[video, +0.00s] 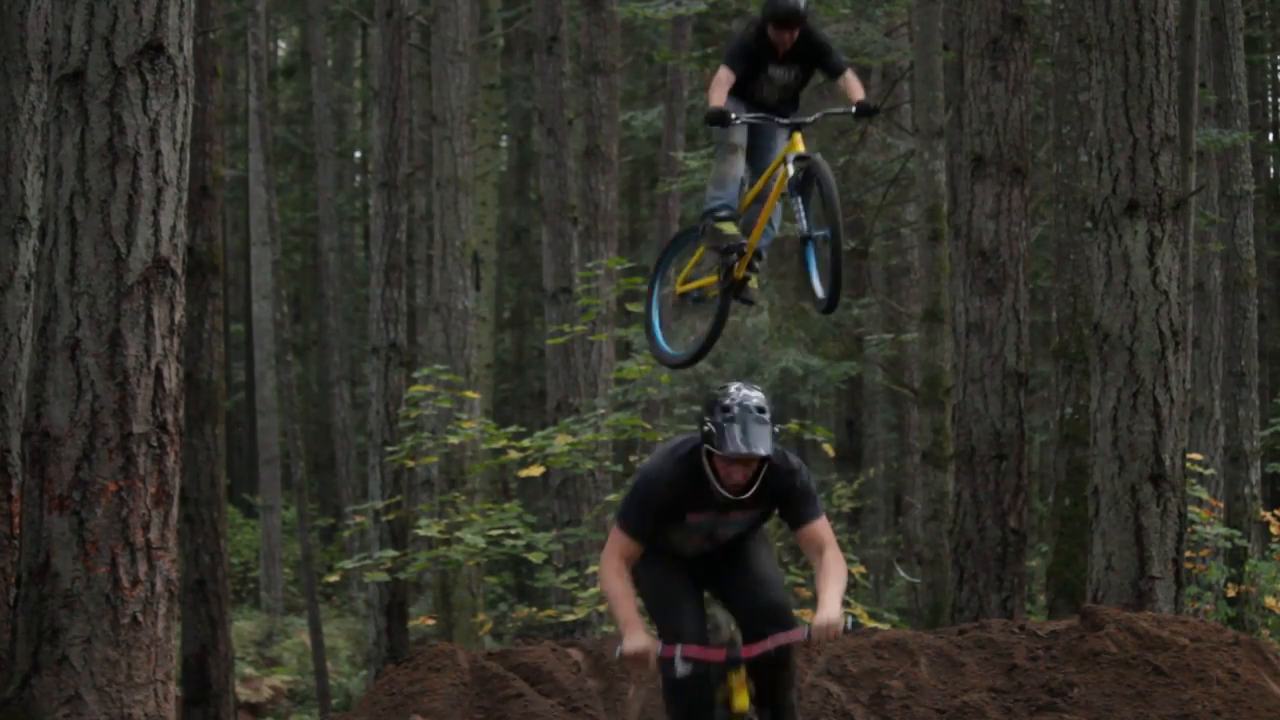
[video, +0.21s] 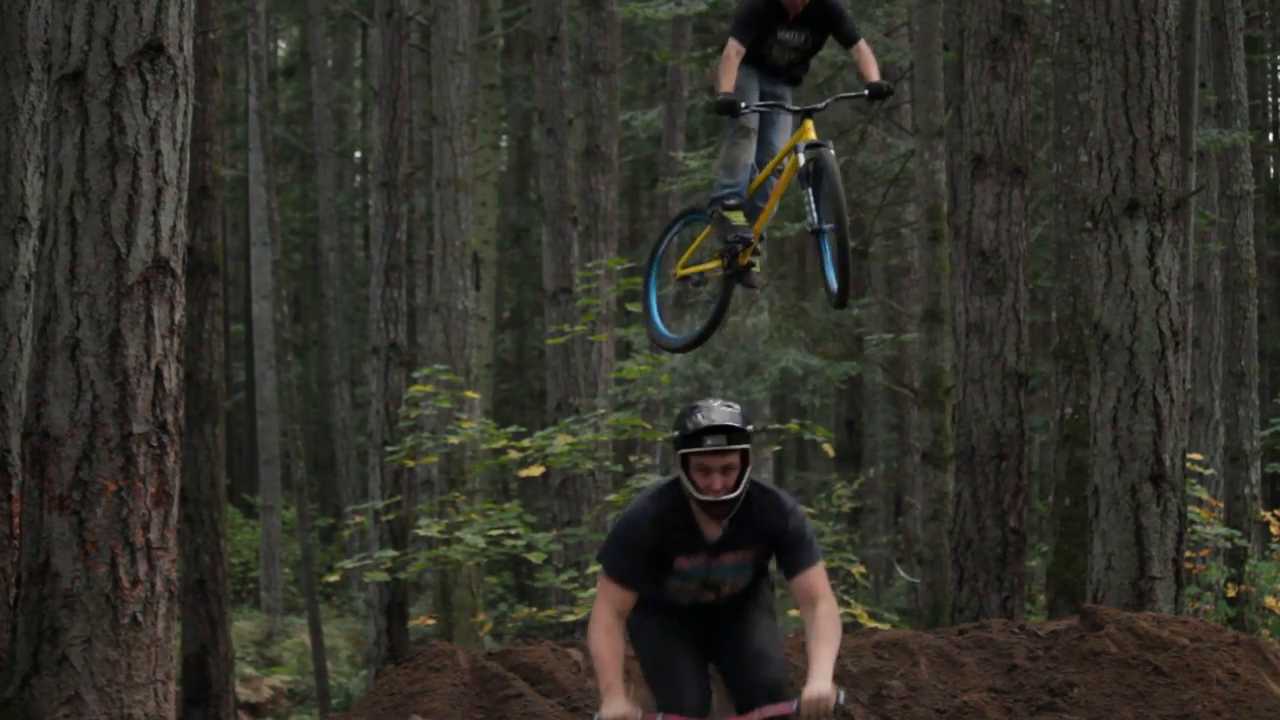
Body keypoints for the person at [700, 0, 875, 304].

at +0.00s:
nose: (785, 37)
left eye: (792, 31)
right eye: (779, 30)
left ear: (800, 27)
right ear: (767, 25)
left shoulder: (812, 42)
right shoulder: (752, 38)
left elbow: (843, 74)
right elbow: (724, 75)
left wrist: (859, 100)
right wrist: (716, 106)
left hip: (776, 119)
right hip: (739, 109)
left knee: (772, 188)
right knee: (734, 142)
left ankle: (750, 264)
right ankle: (720, 216)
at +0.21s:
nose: (796, 2)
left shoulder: (827, 9)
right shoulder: (759, 6)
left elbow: (858, 46)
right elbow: (733, 51)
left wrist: (873, 80)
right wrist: (726, 92)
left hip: (782, 82)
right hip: (747, 71)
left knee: (775, 161)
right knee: (745, 127)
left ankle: (749, 246)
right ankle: (728, 204)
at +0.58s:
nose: (826, 10)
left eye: (834, 5)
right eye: (821, 3)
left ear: (842, 4)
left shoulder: (853, 16)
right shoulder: (782, 11)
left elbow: (883, 60)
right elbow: (753, 62)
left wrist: (901, 106)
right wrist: (746, 116)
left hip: (792, 79)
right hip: (755, 67)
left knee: (800, 163)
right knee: (762, 132)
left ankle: (759, 252)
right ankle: (744, 222)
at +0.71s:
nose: (839, 35)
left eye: (847, 29)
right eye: (833, 26)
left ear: (856, 27)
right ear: (819, 18)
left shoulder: (862, 38)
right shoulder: (792, 27)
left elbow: (893, 85)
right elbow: (762, 86)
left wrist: (911, 135)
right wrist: (753, 144)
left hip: (797, 101)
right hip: (757, 89)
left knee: (813, 179)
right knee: (770, 161)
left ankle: (777, 255)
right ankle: (751, 250)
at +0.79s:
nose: (843, 50)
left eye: (851, 44)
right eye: (838, 41)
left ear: (861, 41)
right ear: (825, 32)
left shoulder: (866, 53)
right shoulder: (798, 42)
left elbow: (898, 102)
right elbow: (767, 102)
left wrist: (916, 156)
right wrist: (757, 163)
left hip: (799, 114)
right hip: (758, 101)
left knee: (818, 194)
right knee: (775, 179)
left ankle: (778, 266)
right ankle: (754, 270)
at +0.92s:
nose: (856, 96)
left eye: (864, 90)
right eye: (851, 86)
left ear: (876, 87)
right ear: (839, 75)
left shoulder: (877, 100)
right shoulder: (809, 84)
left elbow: (909, 150)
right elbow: (777, 146)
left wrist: (928, 210)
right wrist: (766, 212)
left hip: (806, 155)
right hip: (761, 140)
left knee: (831, 239)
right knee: (781, 223)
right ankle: (762, 314)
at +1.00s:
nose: (863, 126)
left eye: (871, 120)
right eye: (859, 116)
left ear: (883, 115)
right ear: (846, 103)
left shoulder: (882, 126)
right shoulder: (815, 111)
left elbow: (914, 179)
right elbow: (782, 176)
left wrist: (934, 242)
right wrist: (773, 243)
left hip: (809, 177)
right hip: (763, 162)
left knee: (836, 261)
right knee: (783, 248)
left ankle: (823, 332)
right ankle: (765, 340)